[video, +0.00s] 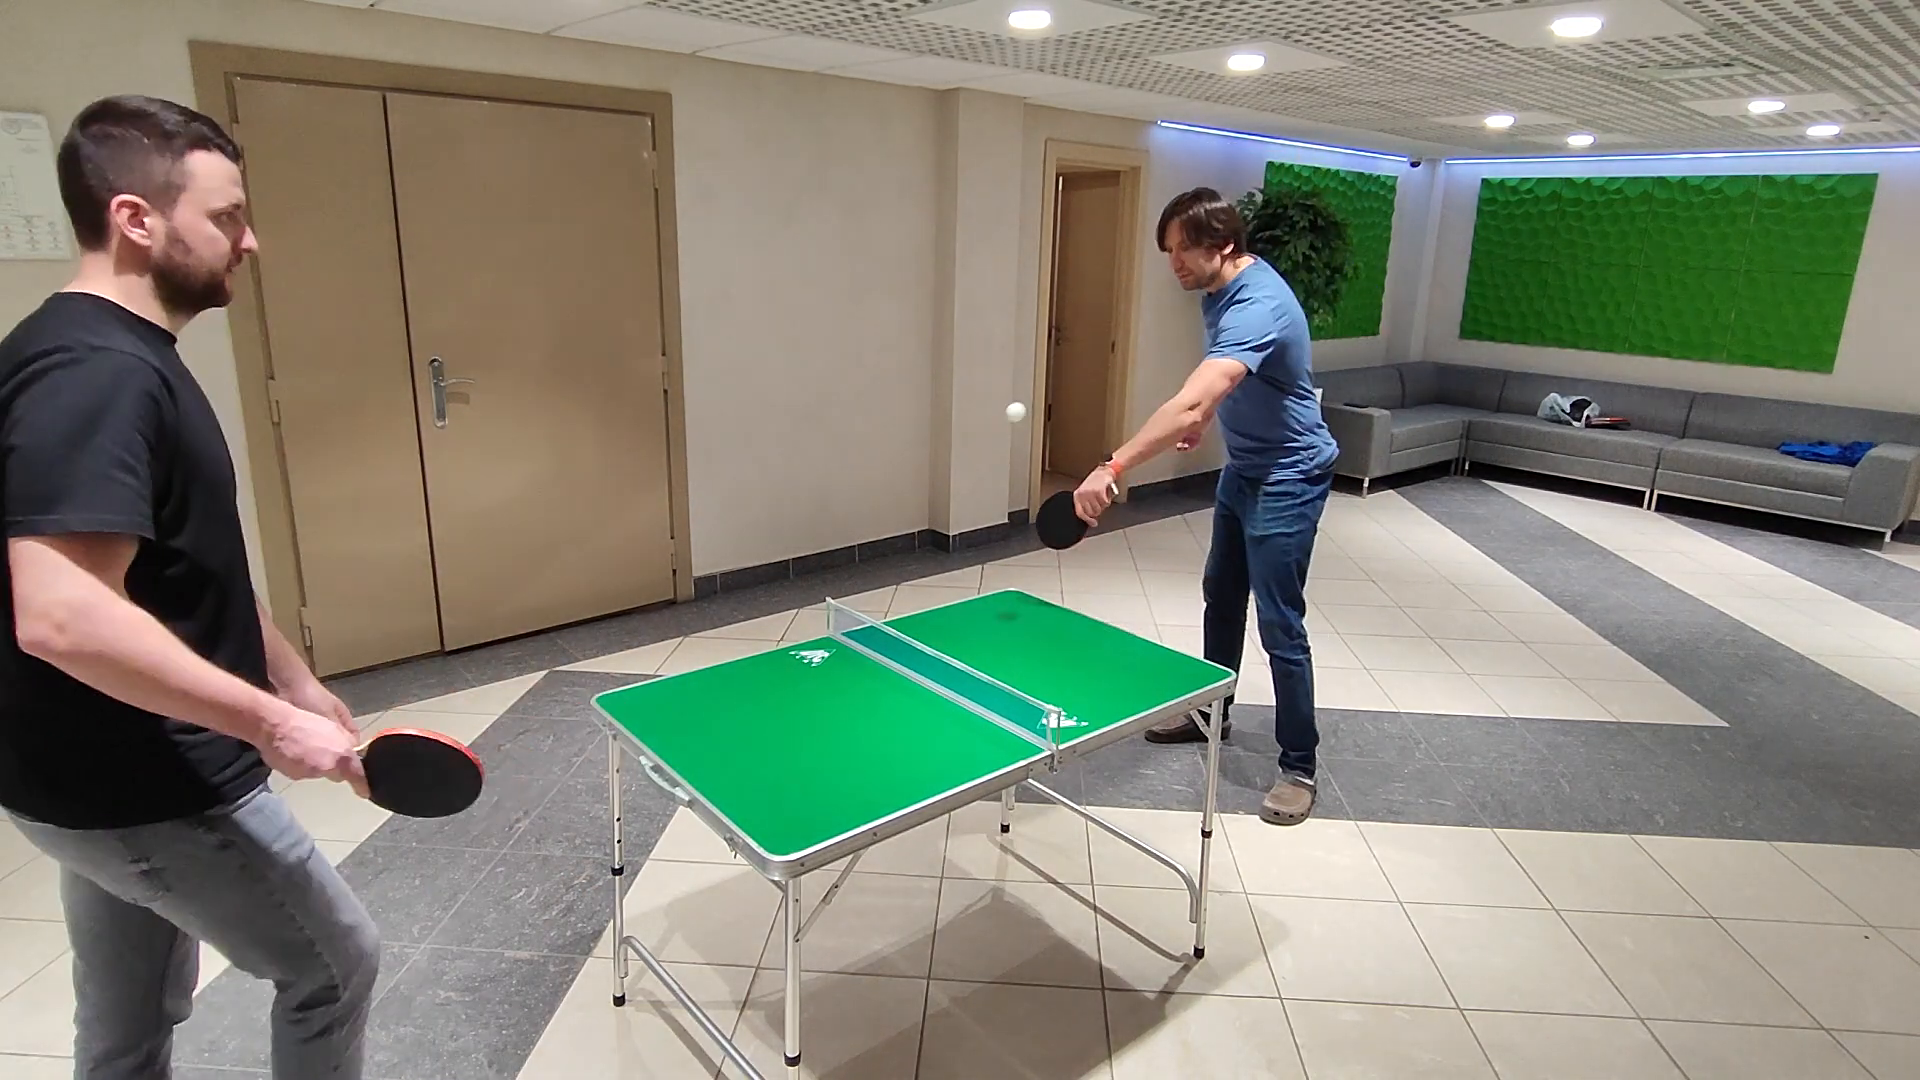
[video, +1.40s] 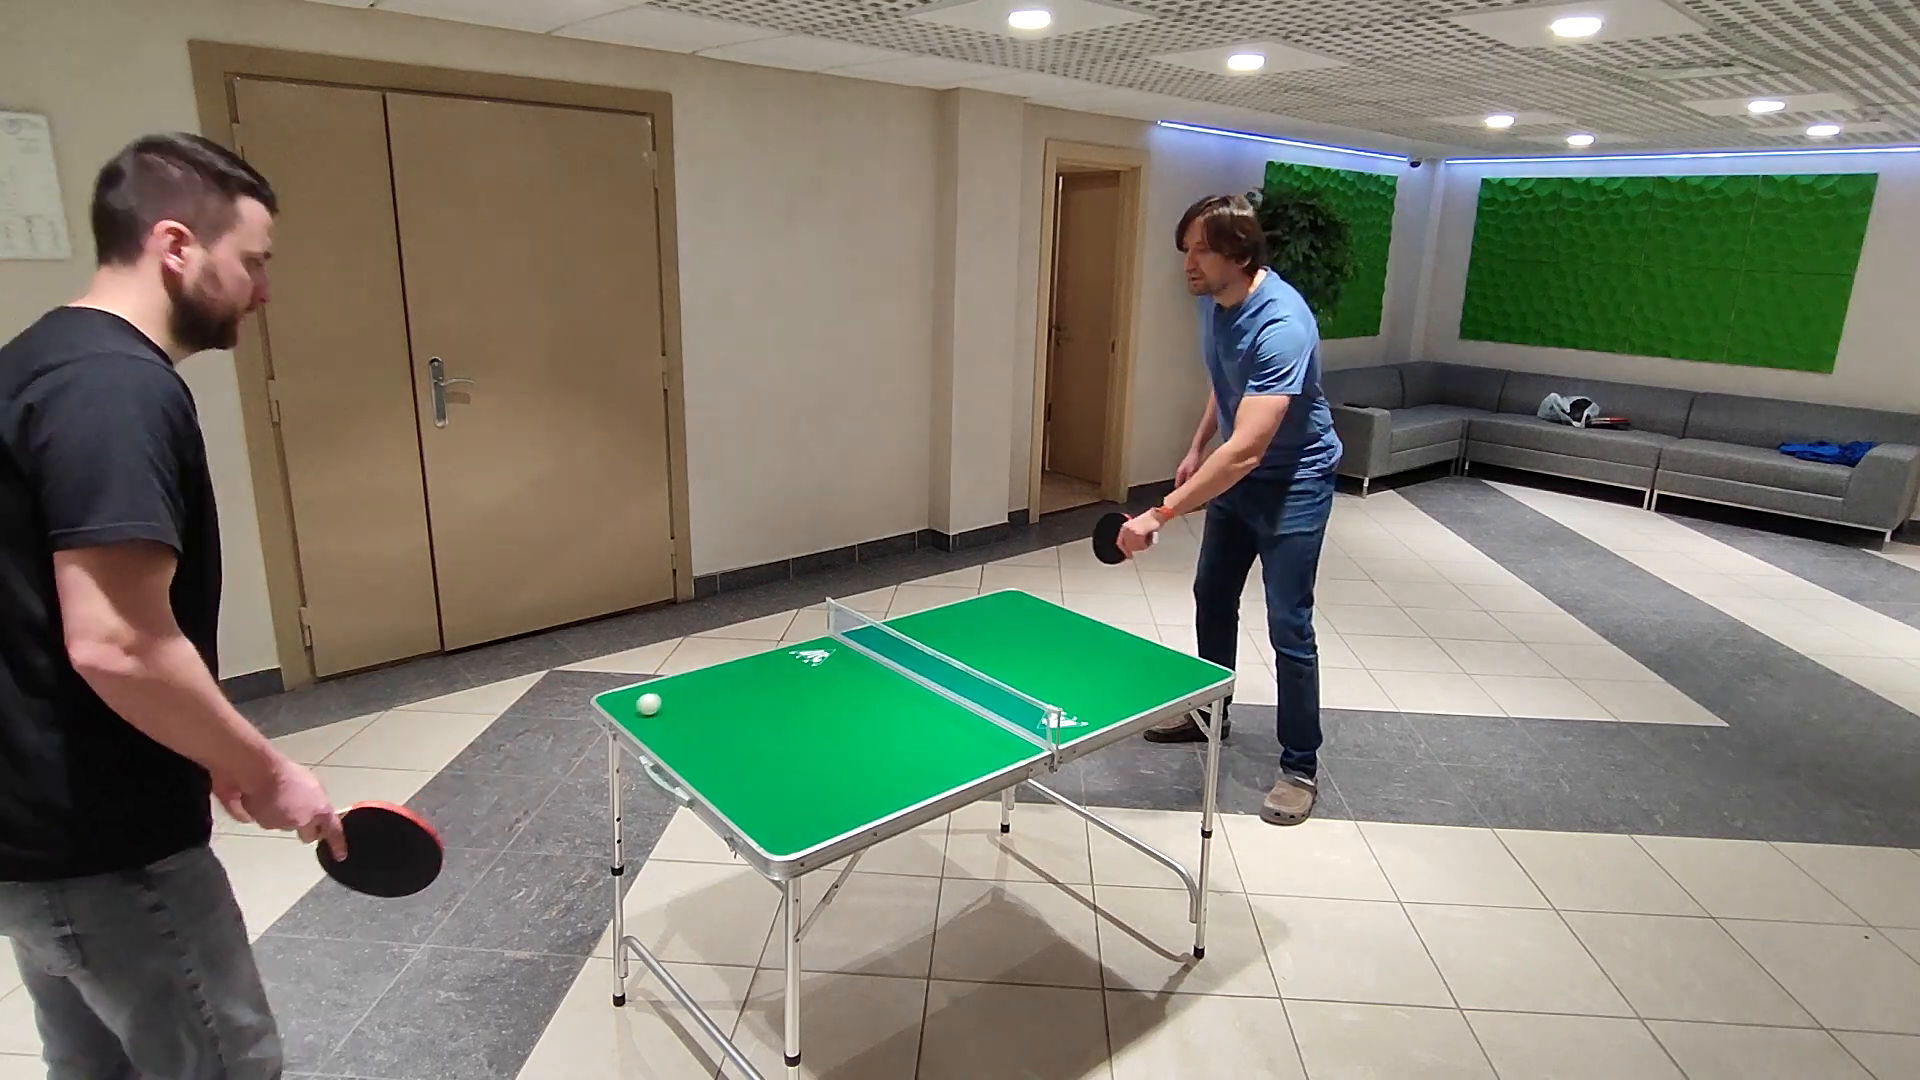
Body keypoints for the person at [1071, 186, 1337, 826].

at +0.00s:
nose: (1173, 264)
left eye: (1180, 252)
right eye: (1170, 253)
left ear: (1220, 247)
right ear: (1213, 248)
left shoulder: (1258, 306)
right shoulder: (1222, 289)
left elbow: (1192, 398)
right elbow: (1225, 364)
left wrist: (1113, 468)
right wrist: (1200, 412)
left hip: (1290, 472)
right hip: (1243, 465)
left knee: (1278, 618)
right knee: (1223, 593)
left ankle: (1298, 771)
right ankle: (1210, 711)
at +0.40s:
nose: (1186, 250)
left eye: (1195, 238)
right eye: (1183, 239)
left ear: (1235, 235)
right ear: (1198, 237)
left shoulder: (1275, 302)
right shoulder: (1229, 289)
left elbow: (1248, 427)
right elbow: (1240, 382)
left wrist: (1170, 498)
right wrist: (1196, 423)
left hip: (1284, 481)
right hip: (1232, 475)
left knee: (1282, 629)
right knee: (1213, 596)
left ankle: (1298, 771)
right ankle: (1209, 711)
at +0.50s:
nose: (1196, 243)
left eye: (1207, 231)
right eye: (1192, 232)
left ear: (1246, 232)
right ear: (1204, 233)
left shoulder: (1286, 300)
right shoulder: (1224, 283)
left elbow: (1290, 423)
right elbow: (1233, 380)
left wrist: (1224, 502)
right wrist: (1181, 428)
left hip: (1278, 481)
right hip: (1224, 469)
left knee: (1281, 633)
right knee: (1200, 596)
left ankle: (1298, 771)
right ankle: (1207, 711)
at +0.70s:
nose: (1229, 224)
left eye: (1244, 216)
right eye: (1223, 213)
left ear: (1274, 225)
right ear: (1217, 217)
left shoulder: (1313, 294)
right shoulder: (1207, 282)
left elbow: (1354, 405)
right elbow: (1194, 368)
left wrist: (1307, 495)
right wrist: (1157, 440)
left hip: (1268, 479)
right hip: (1201, 470)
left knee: (1278, 626)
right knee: (1191, 600)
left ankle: (1297, 770)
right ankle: (1207, 709)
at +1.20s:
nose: (1218, 251)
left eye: (1231, 241)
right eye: (1215, 239)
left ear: (1268, 241)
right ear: (1213, 238)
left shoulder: (1314, 308)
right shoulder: (1207, 289)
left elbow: (1308, 428)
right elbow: (1190, 376)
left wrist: (1228, 498)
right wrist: (1158, 443)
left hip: (1286, 480)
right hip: (1217, 471)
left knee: (1291, 629)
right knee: (1196, 599)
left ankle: (1298, 770)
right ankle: (1204, 709)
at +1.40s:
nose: (1188, 265)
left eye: (1198, 254)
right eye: (1185, 253)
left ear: (1238, 255)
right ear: (1204, 254)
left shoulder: (1282, 328)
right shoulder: (1220, 301)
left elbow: (1244, 452)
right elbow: (1227, 382)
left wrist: (1156, 517)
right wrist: (1198, 448)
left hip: (1294, 485)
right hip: (1235, 479)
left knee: (1289, 627)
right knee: (1213, 595)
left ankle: (1299, 771)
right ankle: (1208, 711)